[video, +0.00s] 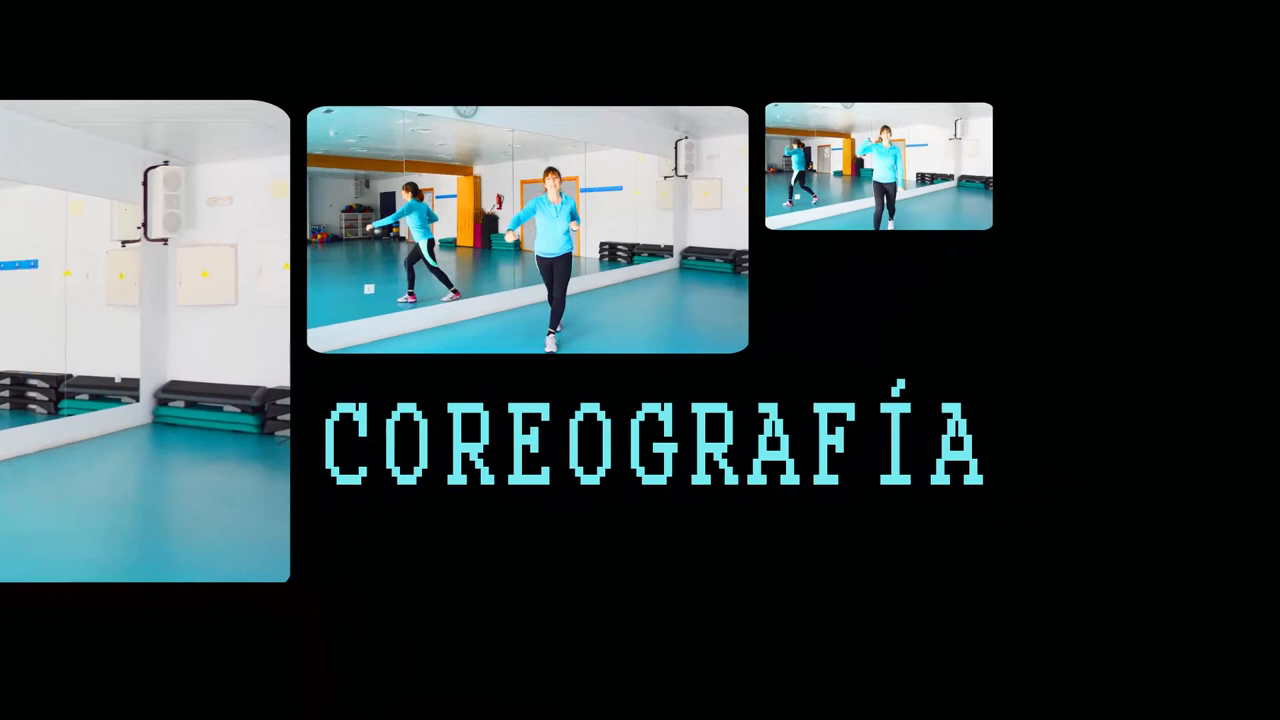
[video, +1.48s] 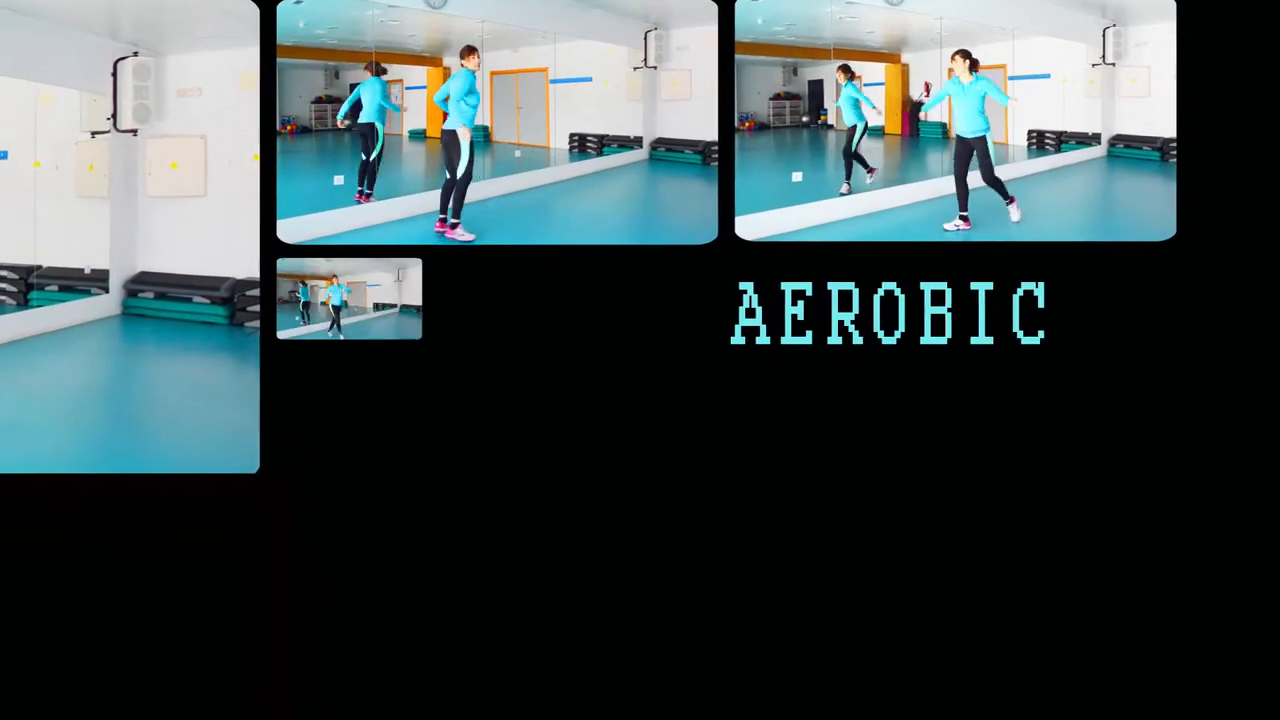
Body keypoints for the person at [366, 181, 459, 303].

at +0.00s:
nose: (403, 195)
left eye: (404, 193)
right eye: (403, 193)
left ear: (410, 193)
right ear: (414, 193)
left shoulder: (409, 205)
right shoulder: (423, 205)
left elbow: (393, 218)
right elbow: (434, 218)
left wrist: (374, 224)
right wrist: (421, 221)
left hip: (424, 241)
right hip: (424, 240)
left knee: (433, 267)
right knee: (408, 262)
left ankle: (454, 291)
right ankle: (410, 294)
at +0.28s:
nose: (392, 178)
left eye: (393, 175)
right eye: (391, 175)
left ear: (398, 175)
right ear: (403, 175)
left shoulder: (396, 189)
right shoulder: (413, 186)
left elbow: (391, 209)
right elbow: (426, 201)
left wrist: (397, 203)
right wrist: (426, 216)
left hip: (410, 222)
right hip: (415, 220)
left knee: (419, 250)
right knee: (398, 247)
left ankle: (431, 280)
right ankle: (412, 272)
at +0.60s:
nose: (367, 157)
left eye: (369, 154)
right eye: (367, 155)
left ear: (375, 155)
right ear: (378, 155)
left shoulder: (374, 169)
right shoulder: (384, 166)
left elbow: (359, 181)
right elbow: (395, 179)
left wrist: (344, 186)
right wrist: (393, 193)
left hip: (389, 200)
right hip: (392, 199)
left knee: (386, 230)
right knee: (392, 229)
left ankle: (398, 259)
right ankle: (400, 256)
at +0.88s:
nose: (350, 136)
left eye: (352, 133)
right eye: (350, 133)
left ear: (358, 134)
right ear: (354, 134)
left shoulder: (363, 146)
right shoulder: (357, 147)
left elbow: (370, 159)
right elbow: (360, 163)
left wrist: (372, 168)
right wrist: (352, 163)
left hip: (371, 181)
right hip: (366, 182)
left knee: (359, 209)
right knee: (370, 209)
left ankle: (358, 241)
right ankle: (387, 229)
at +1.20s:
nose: (365, 96)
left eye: (367, 93)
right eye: (363, 93)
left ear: (370, 96)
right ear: (359, 96)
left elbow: (384, 124)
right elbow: (339, 128)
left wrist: (391, 136)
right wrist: (344, 132)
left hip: (373, 147)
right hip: (358, 148)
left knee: (369, 180)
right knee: (360, 180)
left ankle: (369, 209)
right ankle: (351, 211)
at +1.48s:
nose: (366, 73)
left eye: (366, 71)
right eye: (366, 71)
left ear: (369, 72)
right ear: (379, 71)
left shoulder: (362, 85)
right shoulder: (381, 83)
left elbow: (349, 100)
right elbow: (382, 100)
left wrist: (340, 116)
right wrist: (398, 109)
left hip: (362, 121)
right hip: (374, 122)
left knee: (365, 157)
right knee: (375, 157)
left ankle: (360, 191)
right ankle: (368, 193)